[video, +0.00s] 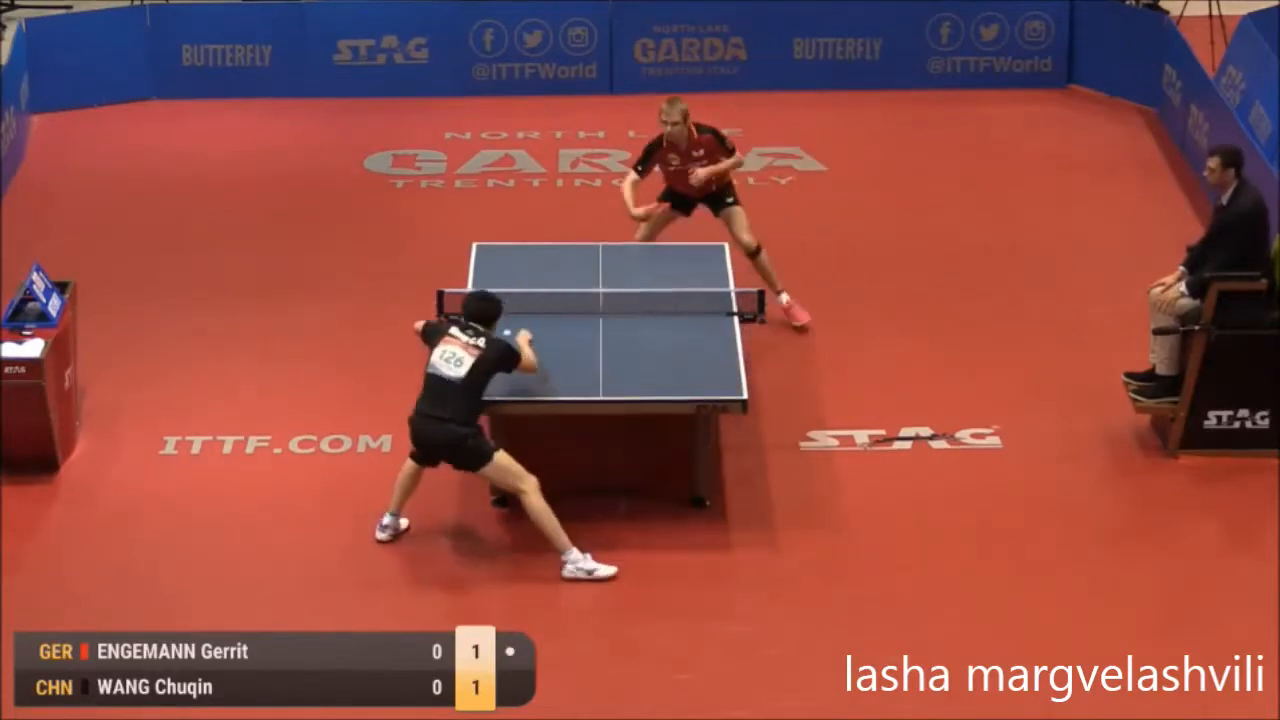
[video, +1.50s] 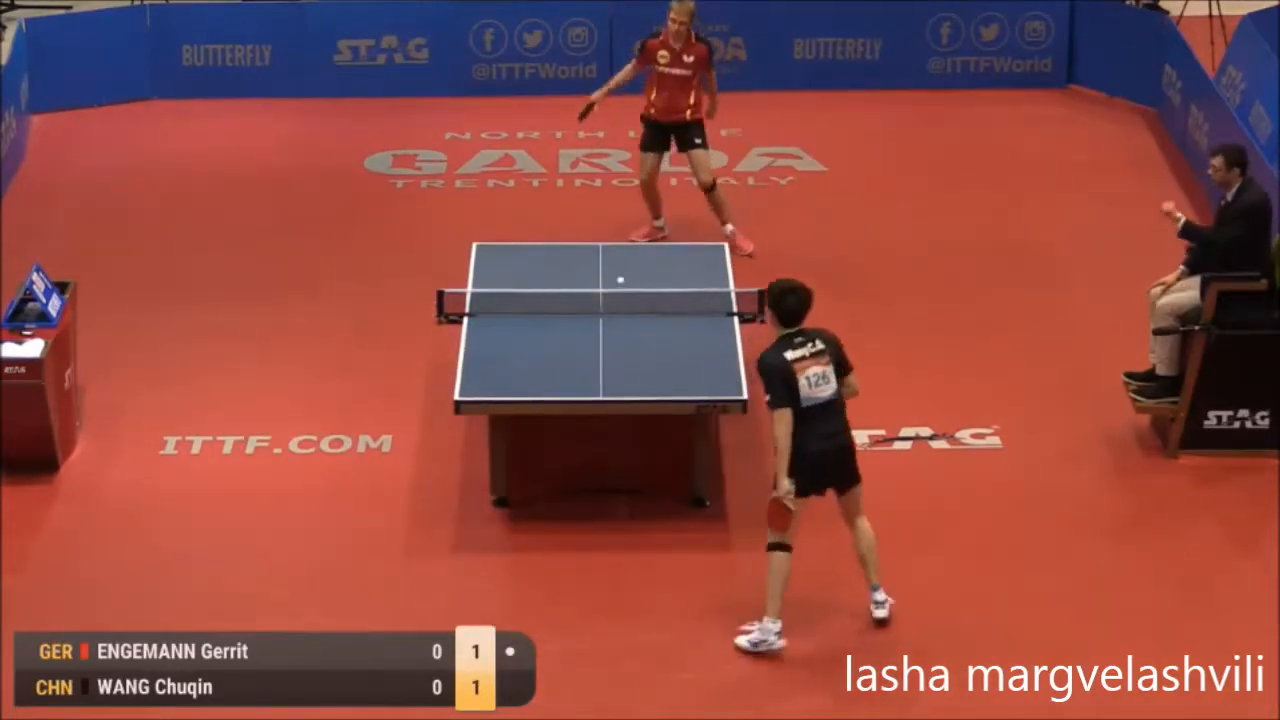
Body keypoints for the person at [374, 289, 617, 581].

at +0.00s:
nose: (495, 320)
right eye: (495, 317)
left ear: (465, 314)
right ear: (493, 322)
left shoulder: (443, 331)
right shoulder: (497, 348)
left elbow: (420, 327)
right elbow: (530, 366)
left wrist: (442, 324)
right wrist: (524, 343)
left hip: (422, 427)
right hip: (459, 435)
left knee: (416, 460)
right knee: (527, 485)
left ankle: (388, 521)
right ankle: (572, 558)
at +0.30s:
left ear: (485, 294)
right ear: (520, 294)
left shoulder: (472, 327)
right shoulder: (534, 324)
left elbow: (438, 365)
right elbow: (579, 362)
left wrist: (436, 358)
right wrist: (585, 354)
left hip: (484, 427)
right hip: (527, 429)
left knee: (465, 469)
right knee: (582, 486)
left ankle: (448, 544)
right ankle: (618, 562)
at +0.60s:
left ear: (537, 316)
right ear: (571, 312)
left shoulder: (523, 352)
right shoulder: (593, 343)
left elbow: (482, 389)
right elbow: (632, 385)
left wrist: (505, 393)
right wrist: (618, 409)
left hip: (550, 449)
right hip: (596, 444)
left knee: (505, 507)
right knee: (659, 484)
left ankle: (482, 585)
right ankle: (657, 572)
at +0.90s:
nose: (621, 365)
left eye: (616, 362)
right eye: (634, 360)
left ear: (614, 370)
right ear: (647, 363)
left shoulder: (612, 409)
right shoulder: (673, 392)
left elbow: (596, 464)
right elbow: (702, 436)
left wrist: (574, 468)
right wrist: (669, 436)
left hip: (632, 499)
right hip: (680, 495)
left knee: (575, 550)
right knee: (739, 526)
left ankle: (520, 615)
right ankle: (747, 612)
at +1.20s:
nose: (705, 360)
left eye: (701, 356)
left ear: (700, 362)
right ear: (732, 355)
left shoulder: (708, 404)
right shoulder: (754, 384)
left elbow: (718, 462)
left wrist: (700, 515)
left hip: (750, 489)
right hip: (787, 478)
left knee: (704, 562)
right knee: (808, 521)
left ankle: (737, 640)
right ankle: (840, 593)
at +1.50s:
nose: (765, 312)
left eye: (767, 308)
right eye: (769, 306)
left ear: (772, 315)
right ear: (805, 311)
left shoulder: (772, 359)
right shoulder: (827, 340)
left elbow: (783, 420)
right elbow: (850, 388)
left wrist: (781, 476)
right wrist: (813, 399)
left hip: (800, 455)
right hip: (840, 448)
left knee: (779, 535)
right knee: (857, 518)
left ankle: (771, 625)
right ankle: (878, 595)